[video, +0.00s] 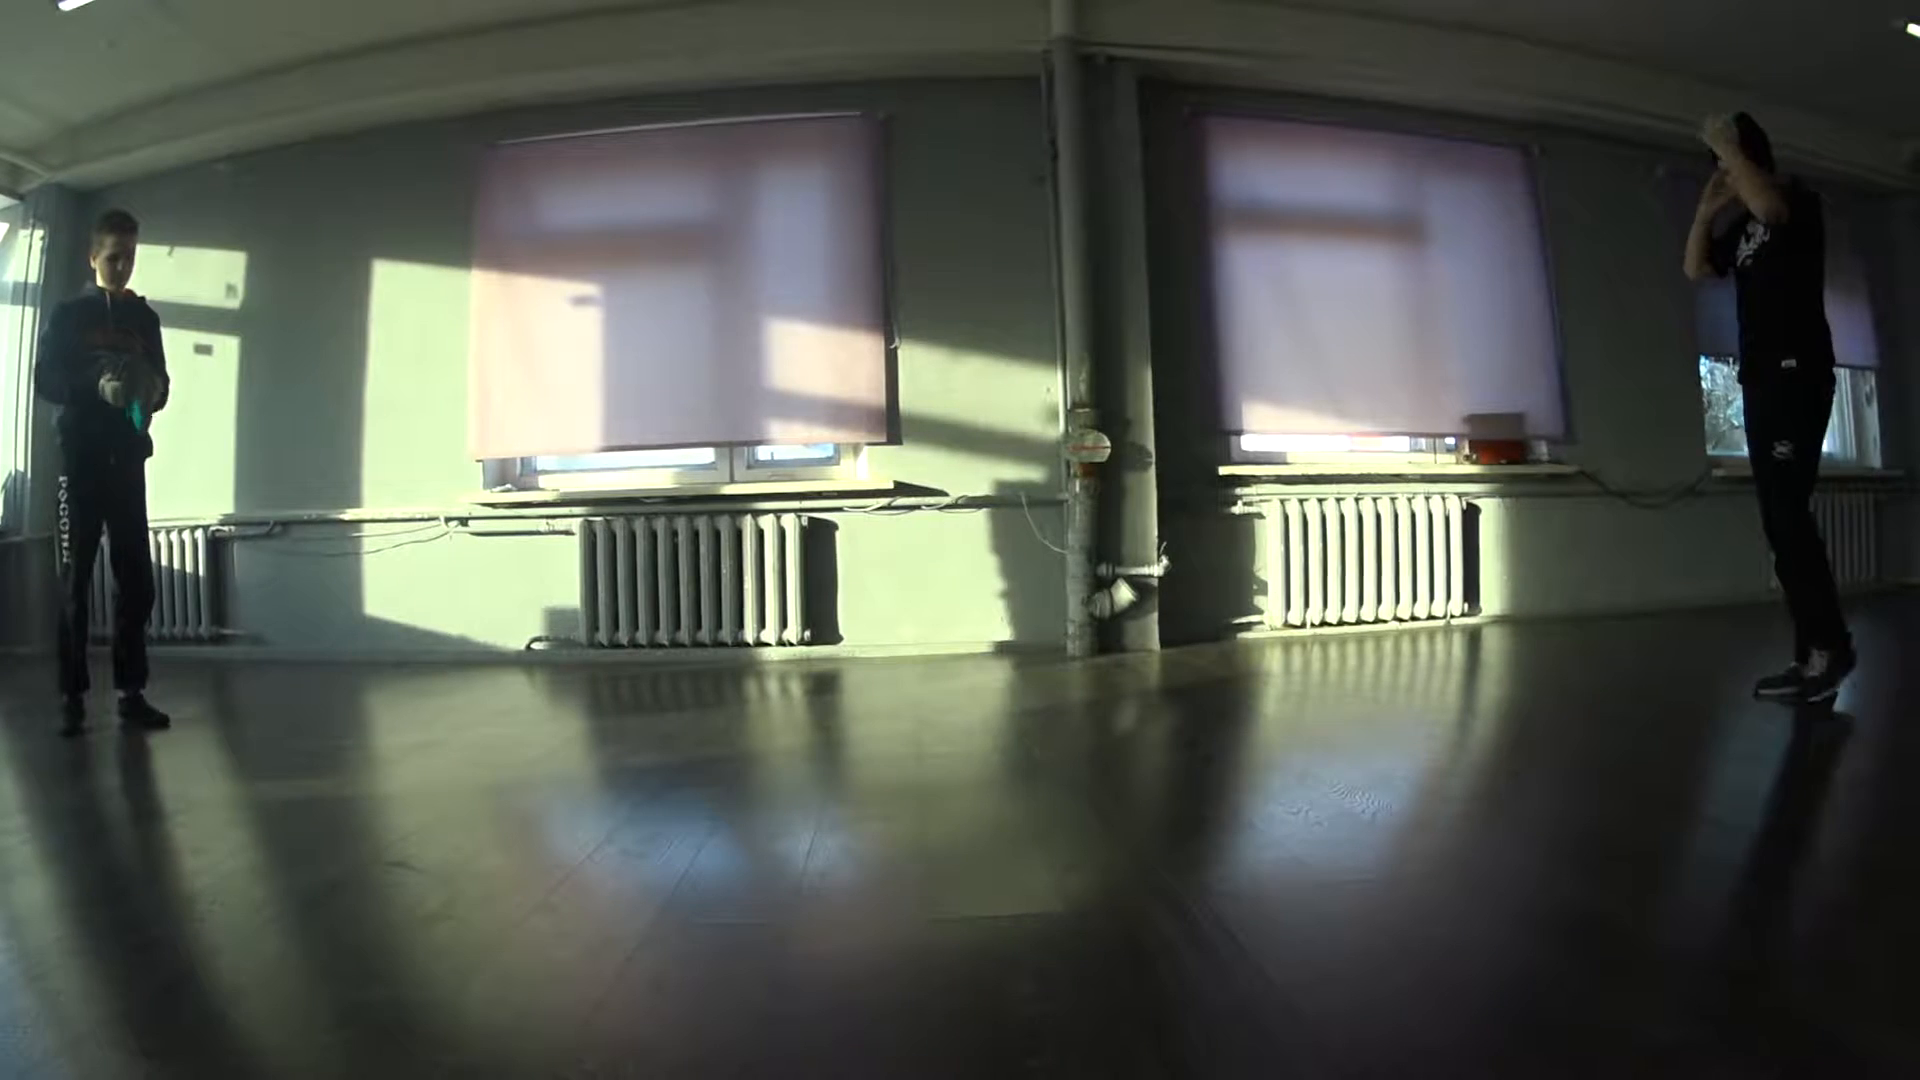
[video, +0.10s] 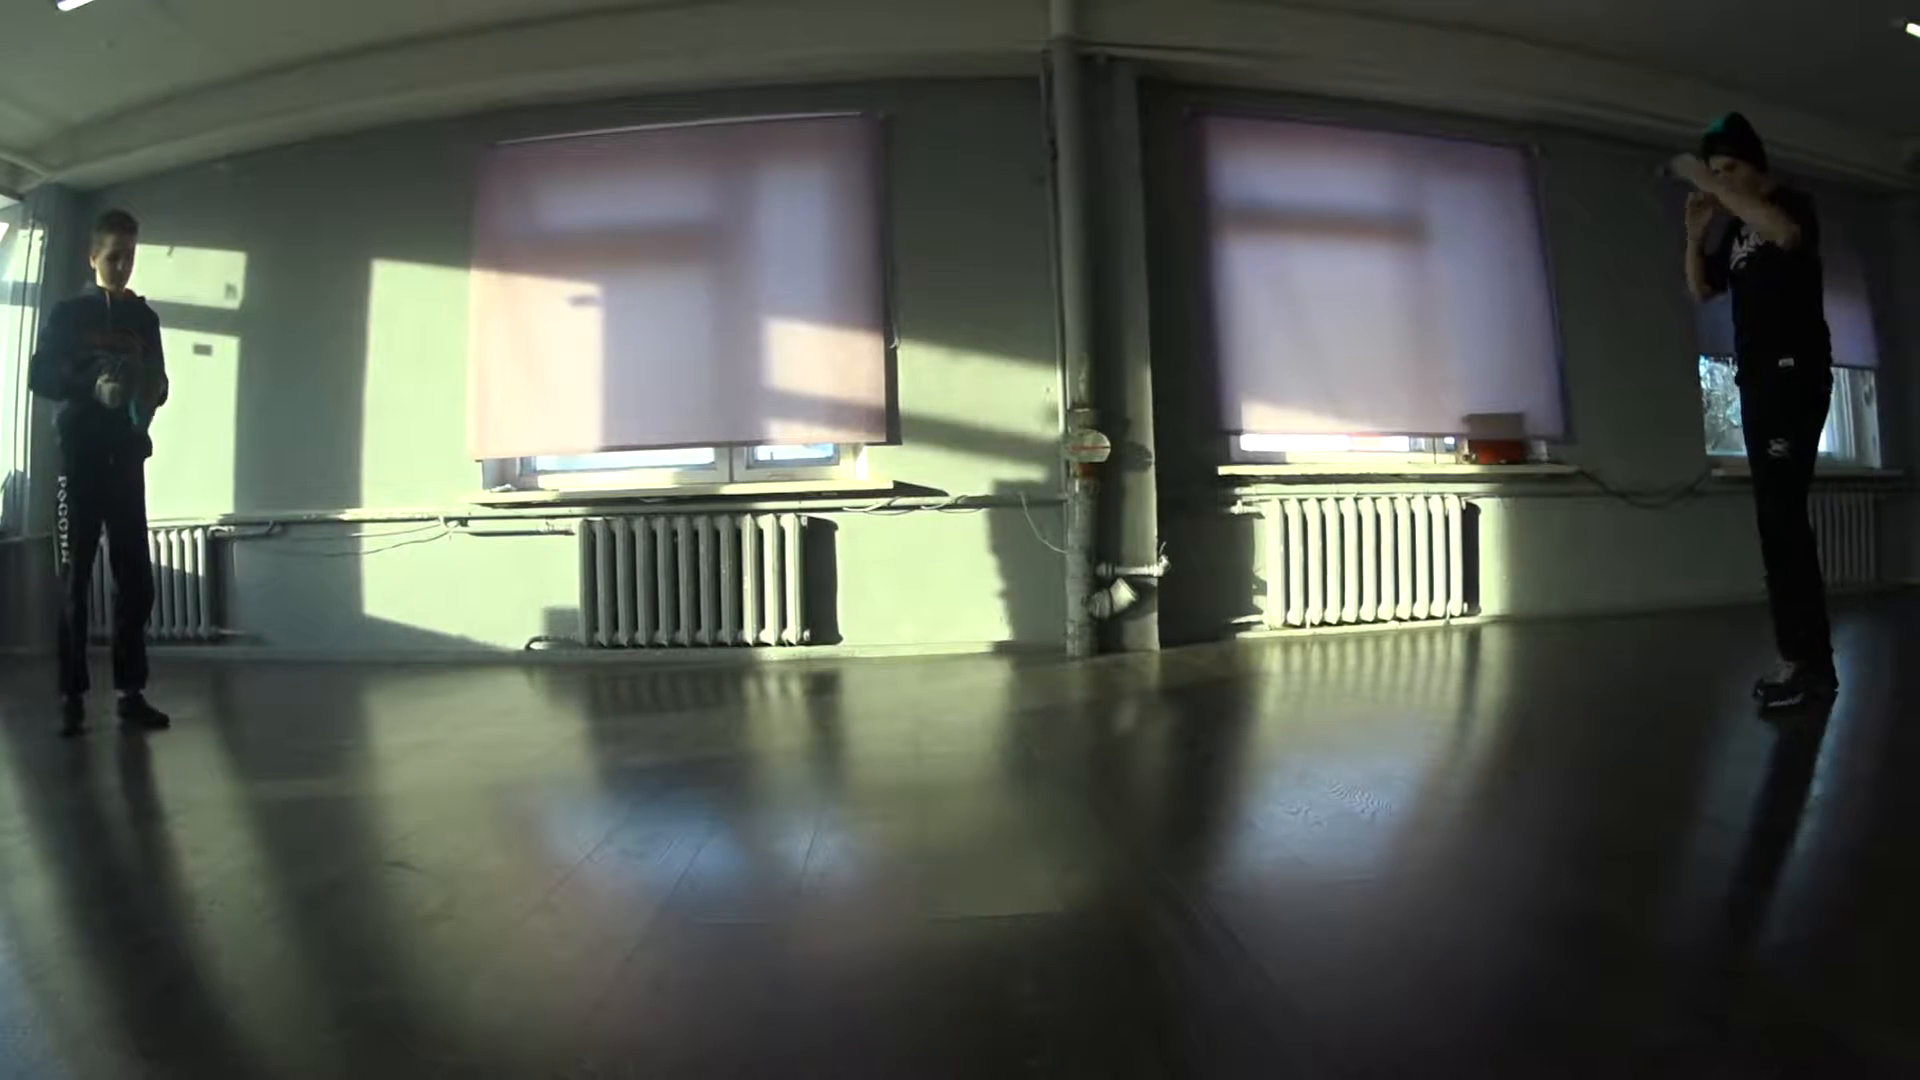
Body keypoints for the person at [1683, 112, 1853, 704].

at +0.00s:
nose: (1725, 172)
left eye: (1729, 163)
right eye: (1723, 164)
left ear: (1752, 157)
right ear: (1734, 165)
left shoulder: (1799, 204)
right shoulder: (1740, 227)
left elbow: (1765, 205)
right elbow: (1696, 268)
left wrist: (1728, 151)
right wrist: (1707, 206)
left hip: (1801, 374)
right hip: (1762, 378)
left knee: (1788, 516)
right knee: (1779, 519)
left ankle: (1831, 650)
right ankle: (1808, 655)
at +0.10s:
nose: (1724, 179)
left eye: (1732, 168)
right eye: (1716, 172)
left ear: (1756, 164)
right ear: (1711, 176)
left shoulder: (1792, 204)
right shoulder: (1733, 227)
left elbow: (1784, 234)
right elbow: (1702, 290)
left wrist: (1716, 187)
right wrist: (1694, 237)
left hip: (1798, 378)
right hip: (1757, 381)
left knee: (1783, 518)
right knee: (1777, 519)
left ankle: (1811, 665)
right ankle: (1799, 661)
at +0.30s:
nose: (1706, 184)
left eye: (1712, 170)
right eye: (1697, 176)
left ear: (1736, 162)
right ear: (1696, 178)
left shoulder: (1773, 208)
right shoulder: (1728, 232)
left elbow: (1808, 274)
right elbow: (1737, 321)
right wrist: (1689, 357)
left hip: (1787, 386)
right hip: (1752, 389)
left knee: (1771, 524)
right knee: (1782, 524)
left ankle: (1734, 662)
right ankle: (1815, 663)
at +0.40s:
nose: (1694, 183)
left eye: (1700, 170)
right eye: (1686, 176)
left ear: (1725, 162)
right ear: (1685, 178)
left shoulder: (1768, 211)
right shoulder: (1719, 233)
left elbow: (1807, 299)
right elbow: (1724, 332)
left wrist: (1817, 390)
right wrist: (1719, 411)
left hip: (1777, 392)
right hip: (1744, 396)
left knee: (1754, 532)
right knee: (1779, 531)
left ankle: (1727, 670)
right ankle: (1814, 664)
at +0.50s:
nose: (1684, 176)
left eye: (1690, 163)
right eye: (1676, 169)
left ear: (1717, 157)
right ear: (1675, 173)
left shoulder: (1762, 209)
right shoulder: (1710, 223)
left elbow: (1806, 298)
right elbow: (1725, 311)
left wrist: (1833, 379)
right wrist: (1720, 389)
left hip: (1768, 384)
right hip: (1736, 387)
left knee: (1742, 526)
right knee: (1773, 526)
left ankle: (1723, 672)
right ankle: (1813, 661)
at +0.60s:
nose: (1675, 169)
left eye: (1681, 155)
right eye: (1667, 162)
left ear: (1708, 150)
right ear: (1666, 167)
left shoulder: (1753, 204)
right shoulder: (1701, 218)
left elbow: (1800, 285)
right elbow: (1712, 308)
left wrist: (1827, 369)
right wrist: (1708, 397)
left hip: (1756, 382)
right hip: (1724, 384)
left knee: (1737, 526)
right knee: (1765, 523)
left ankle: (1723, 672)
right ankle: (1810, 656)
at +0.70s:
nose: (1666, 168)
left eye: (1672, 154)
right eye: (1658, 160)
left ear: (1699, 147)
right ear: (1660, 163)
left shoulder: (1741, 201)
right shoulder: (1697, 211)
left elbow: (1785, 285)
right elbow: (1718, 298)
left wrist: (1802, 376)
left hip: (1744, 380)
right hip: (1715, 382)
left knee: (1734, 524)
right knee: (1752, 520)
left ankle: (1722, 670)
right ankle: (1805, 648)